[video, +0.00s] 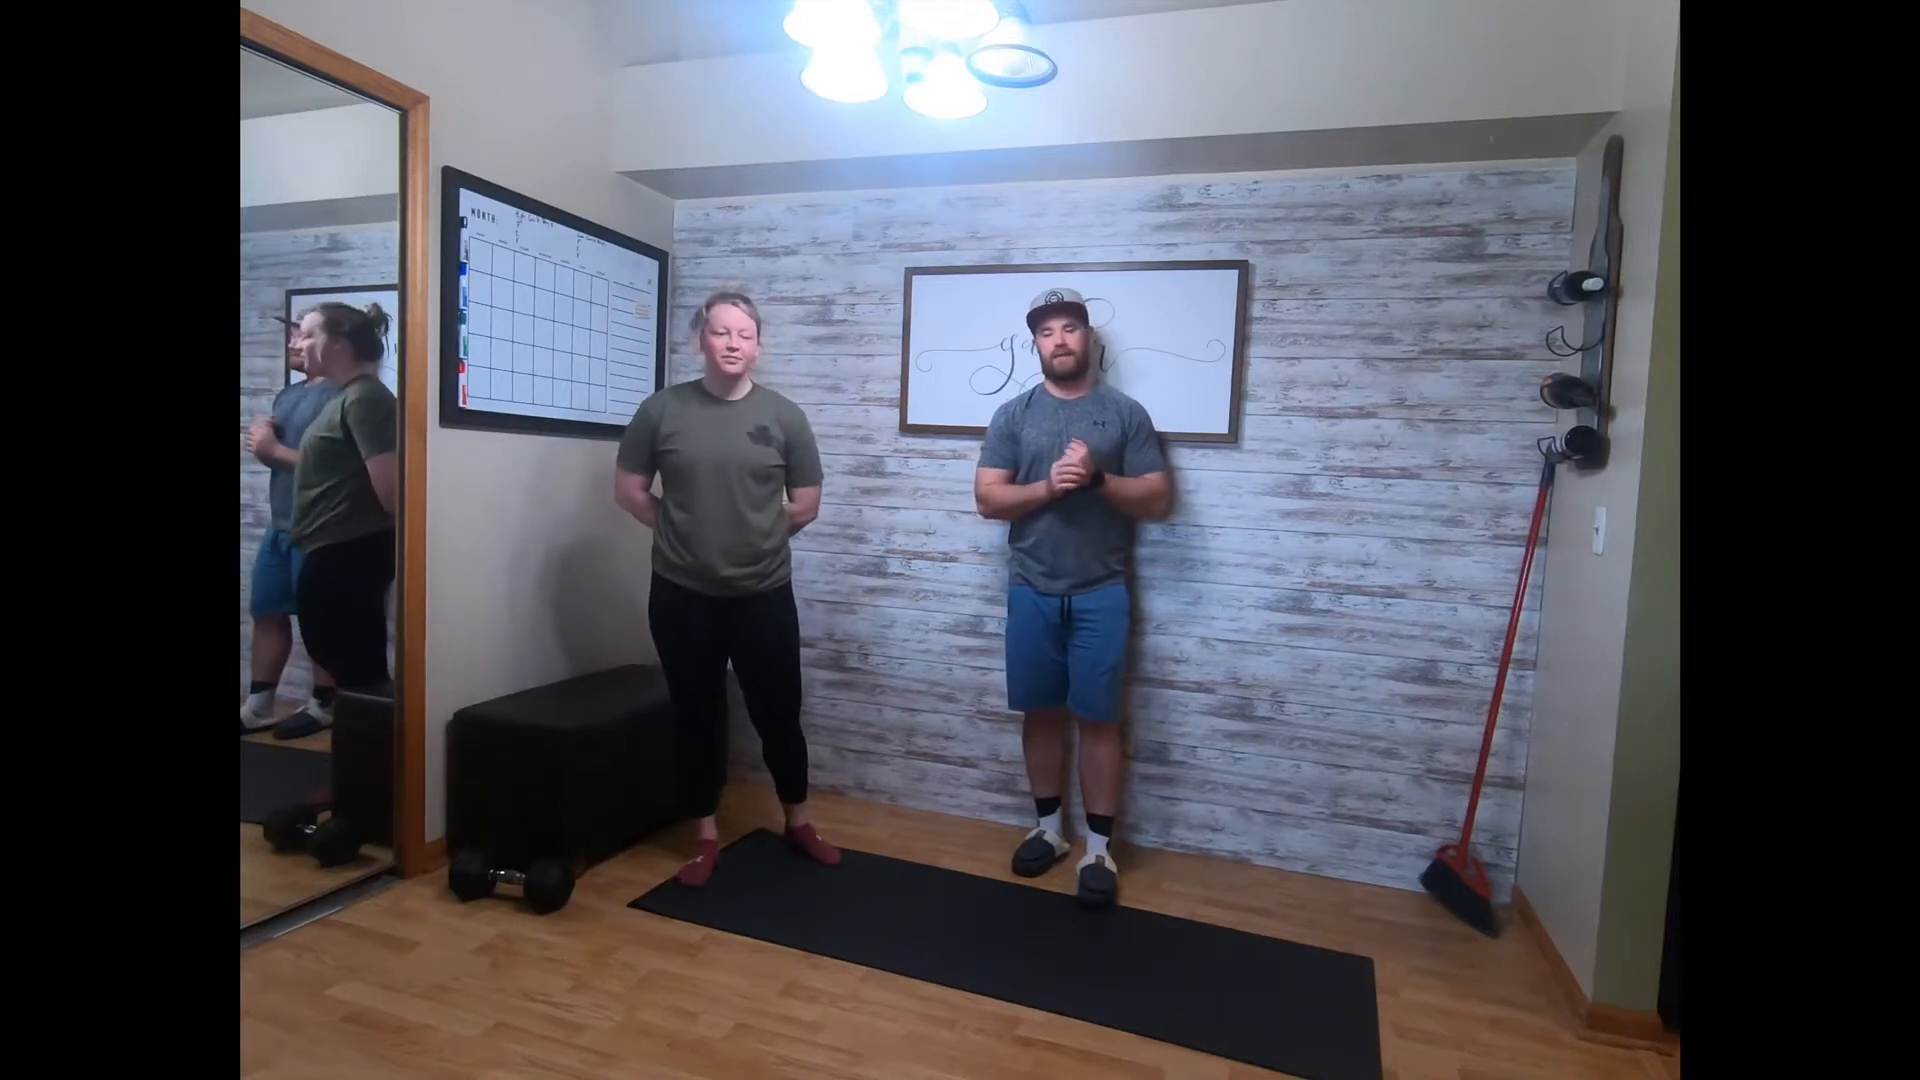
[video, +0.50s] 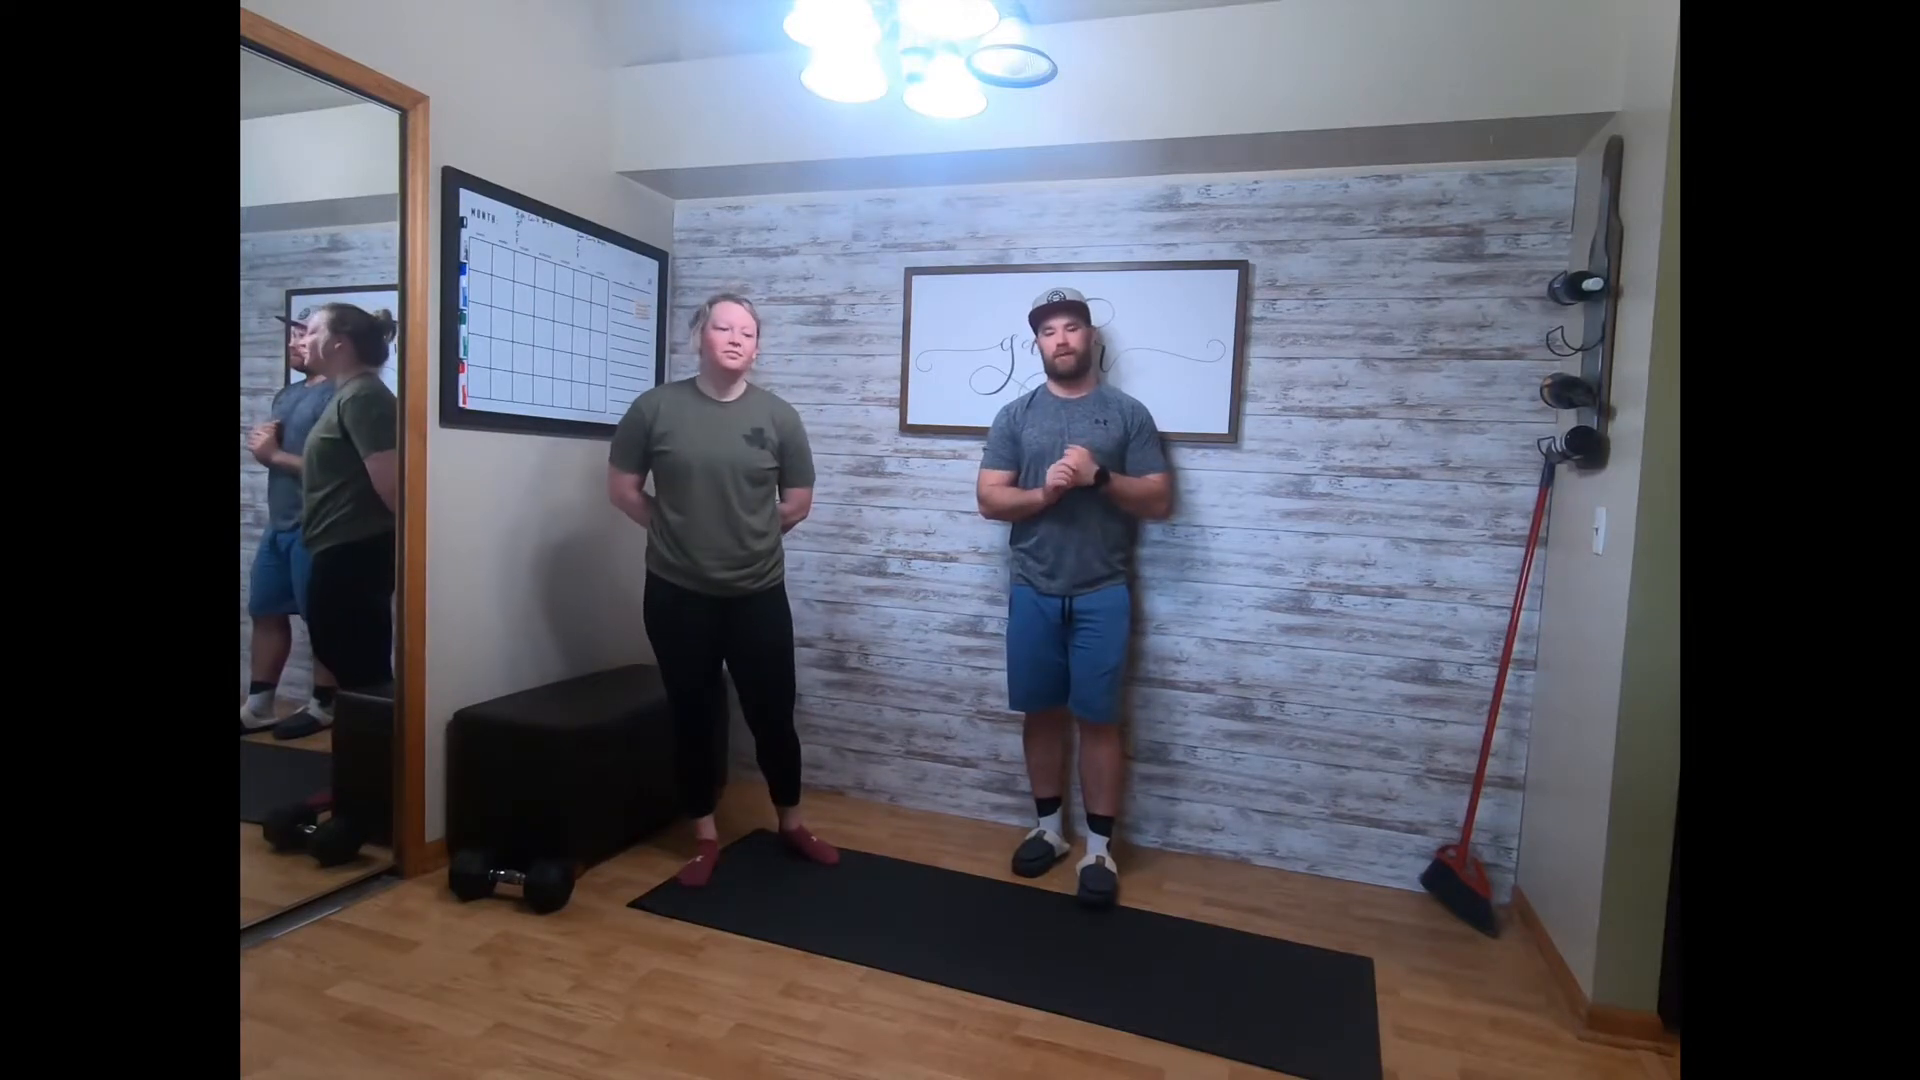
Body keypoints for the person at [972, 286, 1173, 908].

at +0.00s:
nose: (1060, 339)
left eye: (1070, 329)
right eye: (1048, 332)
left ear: (1089, 339)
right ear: (1035, 346)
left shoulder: (1124, 413)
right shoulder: (1013, 415)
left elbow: (1158, 500)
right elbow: (988, 498)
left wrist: (1100, 479)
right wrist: (1048, 487)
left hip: (1101, 584)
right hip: (1031, 584)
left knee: (1097, 714)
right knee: (1040, 709)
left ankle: (1098, 850)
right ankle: (1049, 830)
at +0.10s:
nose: (1060, 338)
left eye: (1070, 328)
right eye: (1048, 332)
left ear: (1089, 339)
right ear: (1035, 346)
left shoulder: (1124, 413)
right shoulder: (1013, 415)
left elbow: (1159, 499)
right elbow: (989, 498)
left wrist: (1099, 479)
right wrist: (1048, 488)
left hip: (1101, 584)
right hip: (1031, 584)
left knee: (1097, 714)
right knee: (1040, 710)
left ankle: (1098, 850)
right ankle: (1049, 831)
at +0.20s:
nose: (1060, 338)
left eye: (1070, 328)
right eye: (1048, 332)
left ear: (1089, 338)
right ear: (1035, 346)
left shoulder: (1125, 413)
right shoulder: (1014, 416)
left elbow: (1159, 500)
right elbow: (989, 499)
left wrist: (1098, 480)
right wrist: (1049, 488)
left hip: (1101, 585)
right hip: (1031, 585)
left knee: (1097, 715)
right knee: (1040, 710)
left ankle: (1098, 850)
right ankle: (1048, 831)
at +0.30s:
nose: (1060, 339)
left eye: (1070, 329)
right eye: (1048, 332)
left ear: (1090, 338)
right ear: (1036, 346)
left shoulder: (1125, 413)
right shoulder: (1015, 416)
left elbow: (1159, 500)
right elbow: (989, 499)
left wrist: (1098, 480)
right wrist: (1047, 490)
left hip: (1102, 584)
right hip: (1032, 585)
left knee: (1097, 715)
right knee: (1040, 710)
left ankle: (1098, 850)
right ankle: (1048, 831)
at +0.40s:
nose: (1061, 339)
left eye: (1071, 328)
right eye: (1049, 332)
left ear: (1091, 338)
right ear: (1037, 346)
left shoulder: (1126, 414)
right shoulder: (1015, 416)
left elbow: (1158, 501)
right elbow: (990, 498)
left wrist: (1098, 479)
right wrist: (1046, 491)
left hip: (1102, 585)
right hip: (1032, 585)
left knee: (1097, 715)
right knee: (1041, 710)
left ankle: (1098, 850)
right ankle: (1048, 831)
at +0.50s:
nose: (1062, 338)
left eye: (1072, 328)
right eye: (1049, 331)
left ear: (1091, 338)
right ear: (1037, 345)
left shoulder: (1126, 413)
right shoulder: (1015, 416)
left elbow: (1159, 501)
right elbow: (990, 498)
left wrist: (1100, 477)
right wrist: (1046, 491)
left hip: (1102, 584)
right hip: (1033, 584)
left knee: (1097, 714)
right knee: (1041, 710)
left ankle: (1098, 850)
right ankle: (1049, 831)